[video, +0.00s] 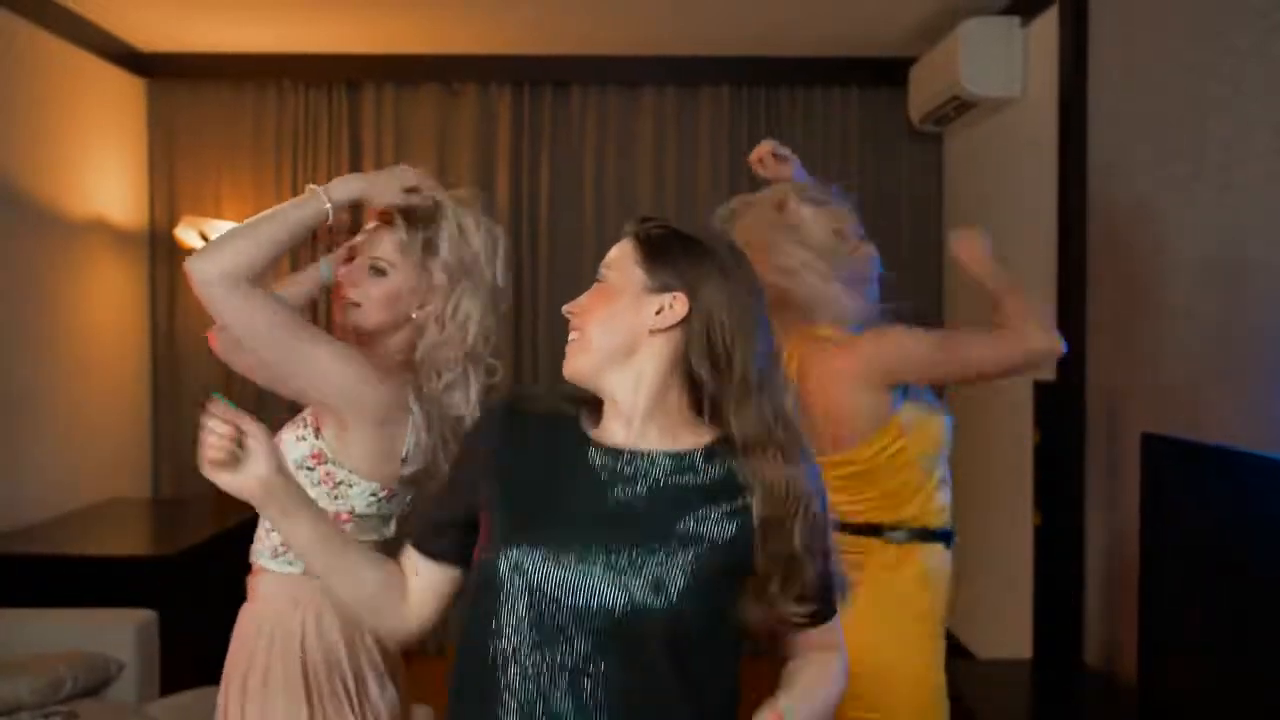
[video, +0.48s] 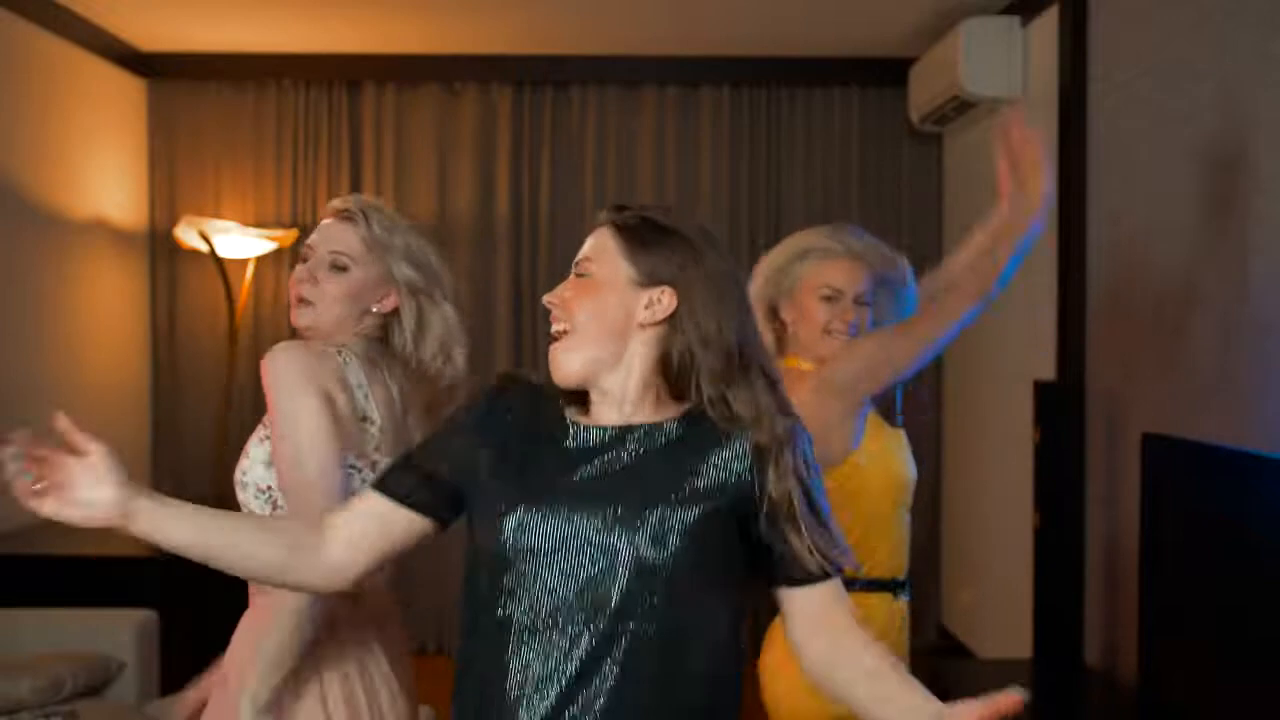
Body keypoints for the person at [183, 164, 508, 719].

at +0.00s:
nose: (345, 280)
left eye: (377, 269)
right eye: (349, 262)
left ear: (432, 297)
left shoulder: (375, 391)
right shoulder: (409, 390)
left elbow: (217, 273)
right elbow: (233, 339)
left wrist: (342, 191)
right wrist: (337, 261)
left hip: (304, 631)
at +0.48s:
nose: (303, 275)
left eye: (337, 266)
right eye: (304, 258)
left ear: (386, 297)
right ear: (293, 267)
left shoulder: (297, 363)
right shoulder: (403, 382)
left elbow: (313, 554)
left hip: (302, 652)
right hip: (375, 643)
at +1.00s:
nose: (289, 322)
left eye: (314, 301)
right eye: (284, 303)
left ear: (379, 312)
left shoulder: (326, 432)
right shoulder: (403, 427)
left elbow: (197, 587)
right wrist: (113, 627)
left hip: (248, 667)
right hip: (324, 662)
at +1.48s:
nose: (292, 297)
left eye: (318, 276)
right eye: (286, 281)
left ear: (380, 290)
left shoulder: (304, 367)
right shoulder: (420, 389)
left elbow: (220, 555)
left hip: (260, 651)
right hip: (365, 656)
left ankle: (43, 685)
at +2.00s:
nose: (294, 301)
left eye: (325, 282)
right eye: (289, 280)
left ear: (387, 304)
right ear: (279, 289)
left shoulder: (318, 432)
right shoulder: (384, 422)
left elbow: (223, 634)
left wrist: (60, 684)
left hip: (266, 673)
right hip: (329, 660)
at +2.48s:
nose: (294, 304)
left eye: (325, 285)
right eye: (288, 284)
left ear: (382, 308)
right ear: (275, 296)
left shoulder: (304, 426)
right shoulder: (381, 426)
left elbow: (201, 625)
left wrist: (33, 658)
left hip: (258, 690)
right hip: (329, 686)